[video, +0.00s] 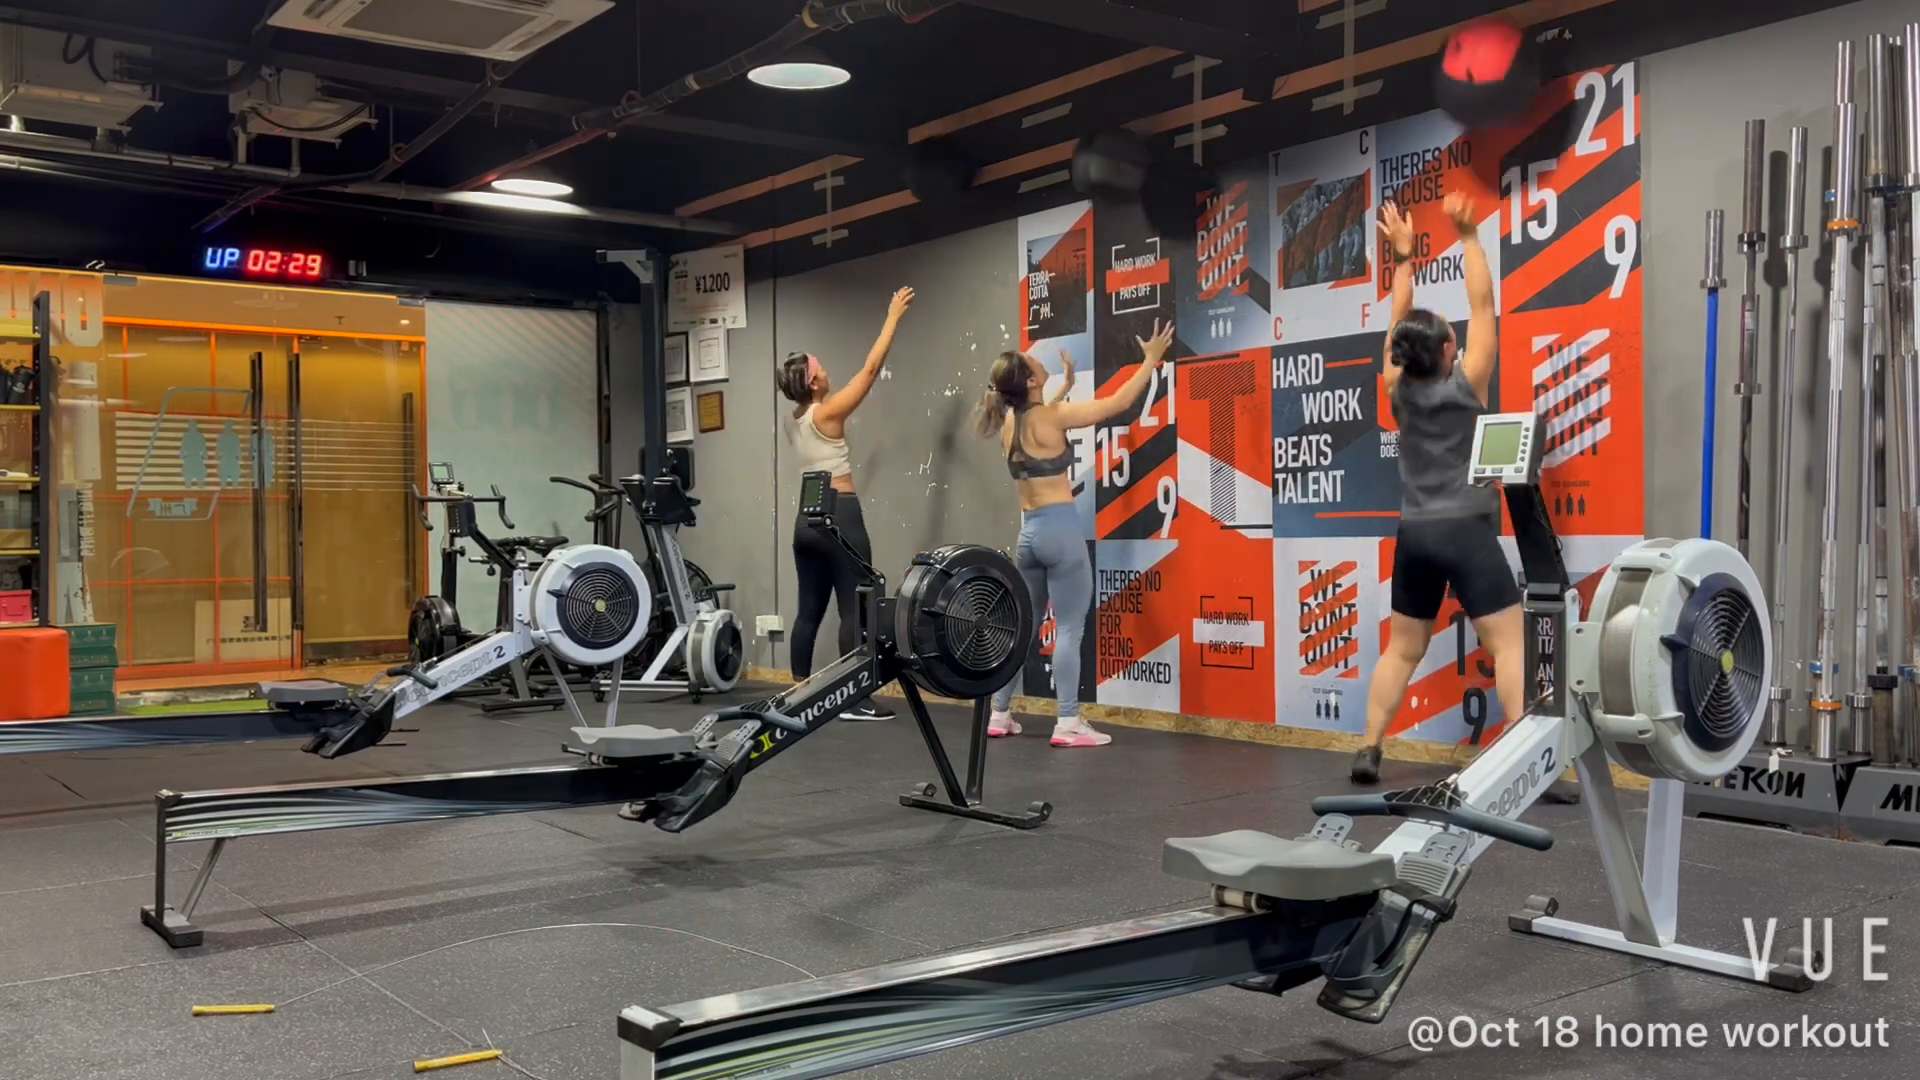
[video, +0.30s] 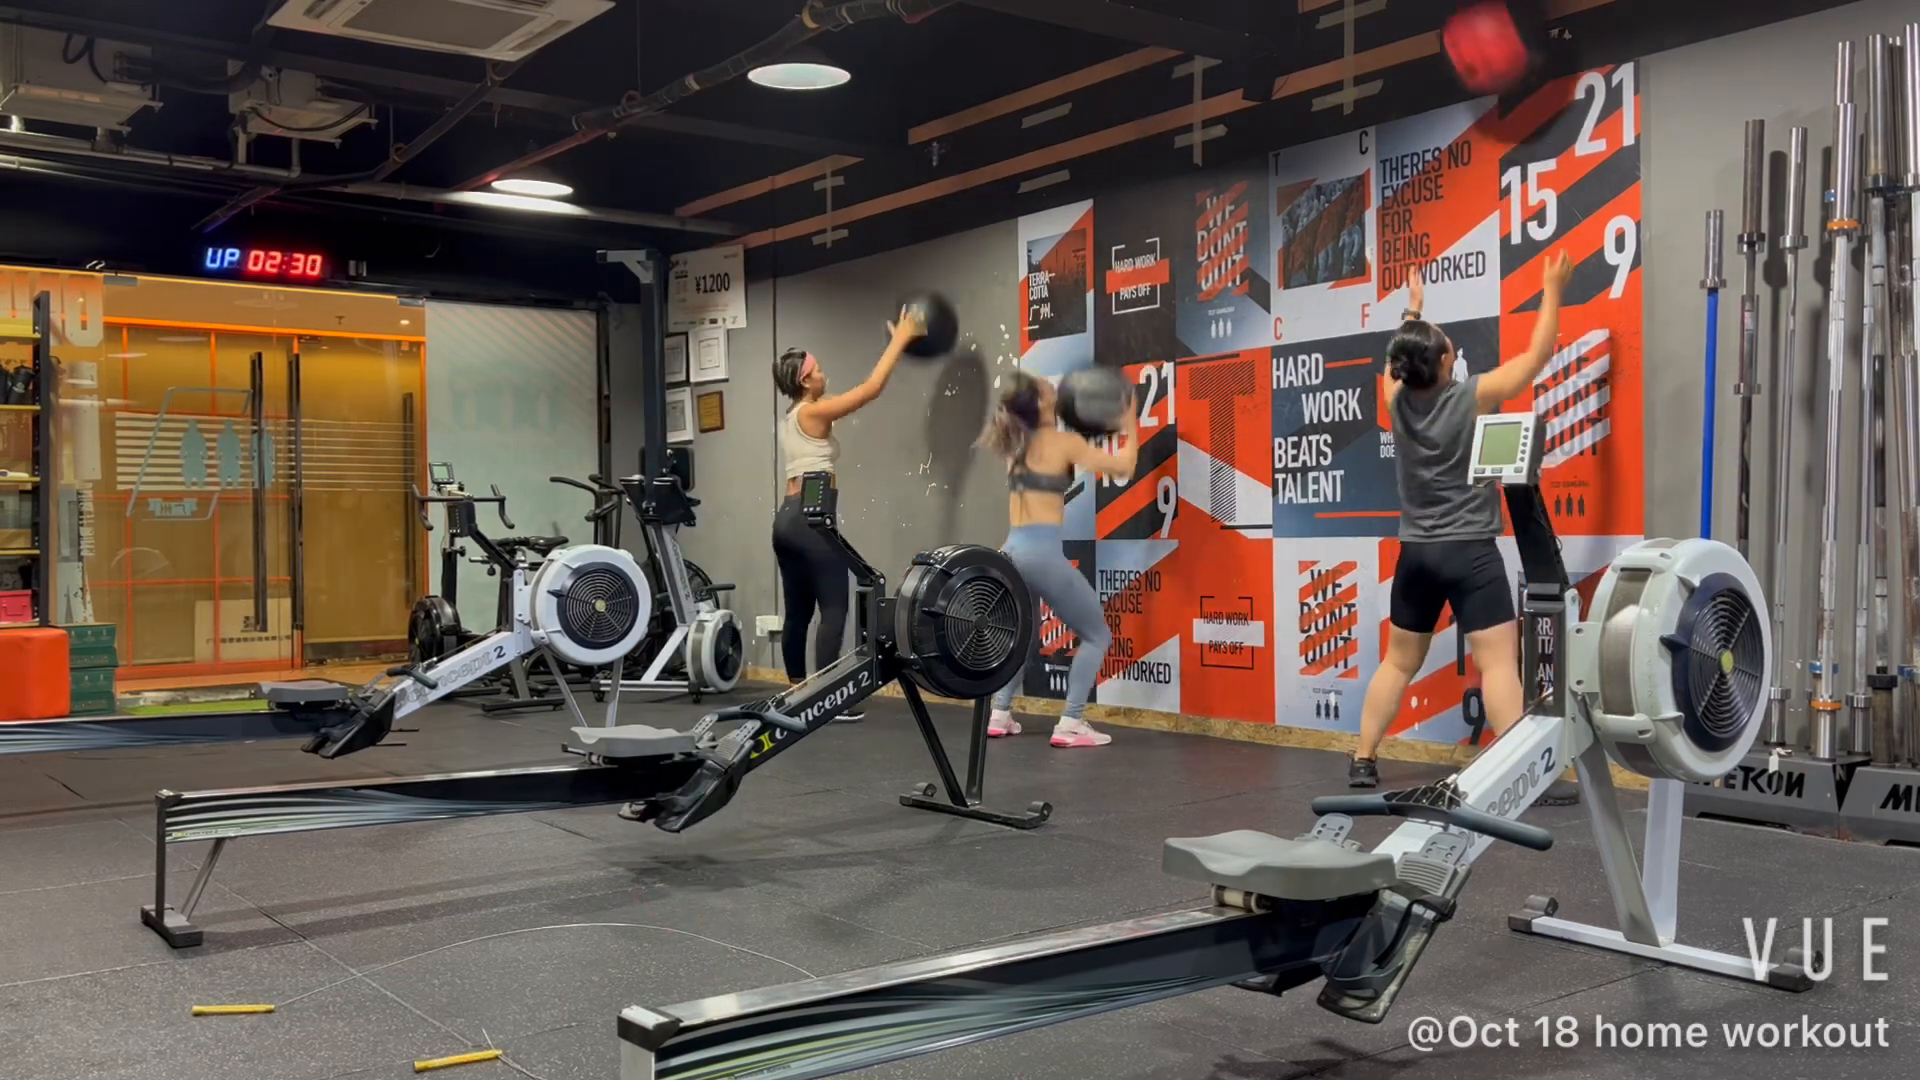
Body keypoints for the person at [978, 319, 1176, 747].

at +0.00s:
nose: (1044, 375)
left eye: (1038, 370)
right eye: (1038, 372)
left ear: (1013, 389)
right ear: (1029, 383)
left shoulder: (1009, 422)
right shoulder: (1055, 414)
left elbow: (1042, 416)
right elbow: (1119, 403)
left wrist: (1063, 386)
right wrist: (1151, 360)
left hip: (1029, 529)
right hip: (1061, 527)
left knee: (1019, 623)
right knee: (1069, 628)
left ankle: (998, 713)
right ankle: (1068, 722)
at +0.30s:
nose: (1053, 391)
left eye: (1048, 386)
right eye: (1047, 389)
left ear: (1021, 410)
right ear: (1040, 405)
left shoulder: (1017, 442)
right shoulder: (1062, 442)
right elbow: (1124, 466)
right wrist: (1130, 423)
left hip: (1012, 550)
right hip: (1043, 554)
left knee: (1018, 632)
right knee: (1097, 635)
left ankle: (999, 714)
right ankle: (1070, 723)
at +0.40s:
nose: (1059, 423)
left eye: (1055, 419)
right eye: (1053, 422)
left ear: (1025, 441)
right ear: (1047, 438)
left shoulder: (1018, 474)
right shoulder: (1069, 476)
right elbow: (1120, 517)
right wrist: (1125, 480)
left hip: (1006, 582)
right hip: (1041, 586)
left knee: (1023, 643)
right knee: (1112, 644)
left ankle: (999, 713)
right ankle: (1073, 723)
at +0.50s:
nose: (1059, 456)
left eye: (1053, 453)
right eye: (1053, 457)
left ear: (1026, 477)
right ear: (1047, 474)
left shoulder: (1019, 508)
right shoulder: (1069, 512)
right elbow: (1118, 555)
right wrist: (1123, 520)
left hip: (1006, 612)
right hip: (1040, 619)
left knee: (1027, 644)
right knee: (1118, 651)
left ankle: (999, 714)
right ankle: (1073, 724)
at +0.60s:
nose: (1058, 480)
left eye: (1051, 479)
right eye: (1053, 483)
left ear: (1023, 507)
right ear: (1050, 504)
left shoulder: (1017, 537)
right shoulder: (1070, 541)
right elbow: (1117, 588)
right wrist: (1122, 552)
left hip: (1002, 644)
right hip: (1039, 651)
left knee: (1029, 634)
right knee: (1120, 655)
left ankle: (1000, 714)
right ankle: (1073, 723)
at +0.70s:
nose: (1056, 489)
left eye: (1050, 489)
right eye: (1051, 493)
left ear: (1027, 519)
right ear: (1050, 517)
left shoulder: (1016, 551)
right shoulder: (1071, 554)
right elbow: (1115, 601)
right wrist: (1121, 565)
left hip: (1002, 658)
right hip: (1038, 664)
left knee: (1032, 640)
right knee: (1119, 656)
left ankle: (1000, 715)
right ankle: (1072, 724)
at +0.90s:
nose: (1058, 455)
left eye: (1050, 453)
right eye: (1052, 458)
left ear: (1028, 485)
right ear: (1052, 481)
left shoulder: (1025, 513)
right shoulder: (1073, 517)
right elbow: (1120, 561)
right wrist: (1122, 525)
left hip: (1004, 613)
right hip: (1038, 619)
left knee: (1037, 652)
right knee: (1111, 651)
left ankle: (1000, 716)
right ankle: (1072, 723)